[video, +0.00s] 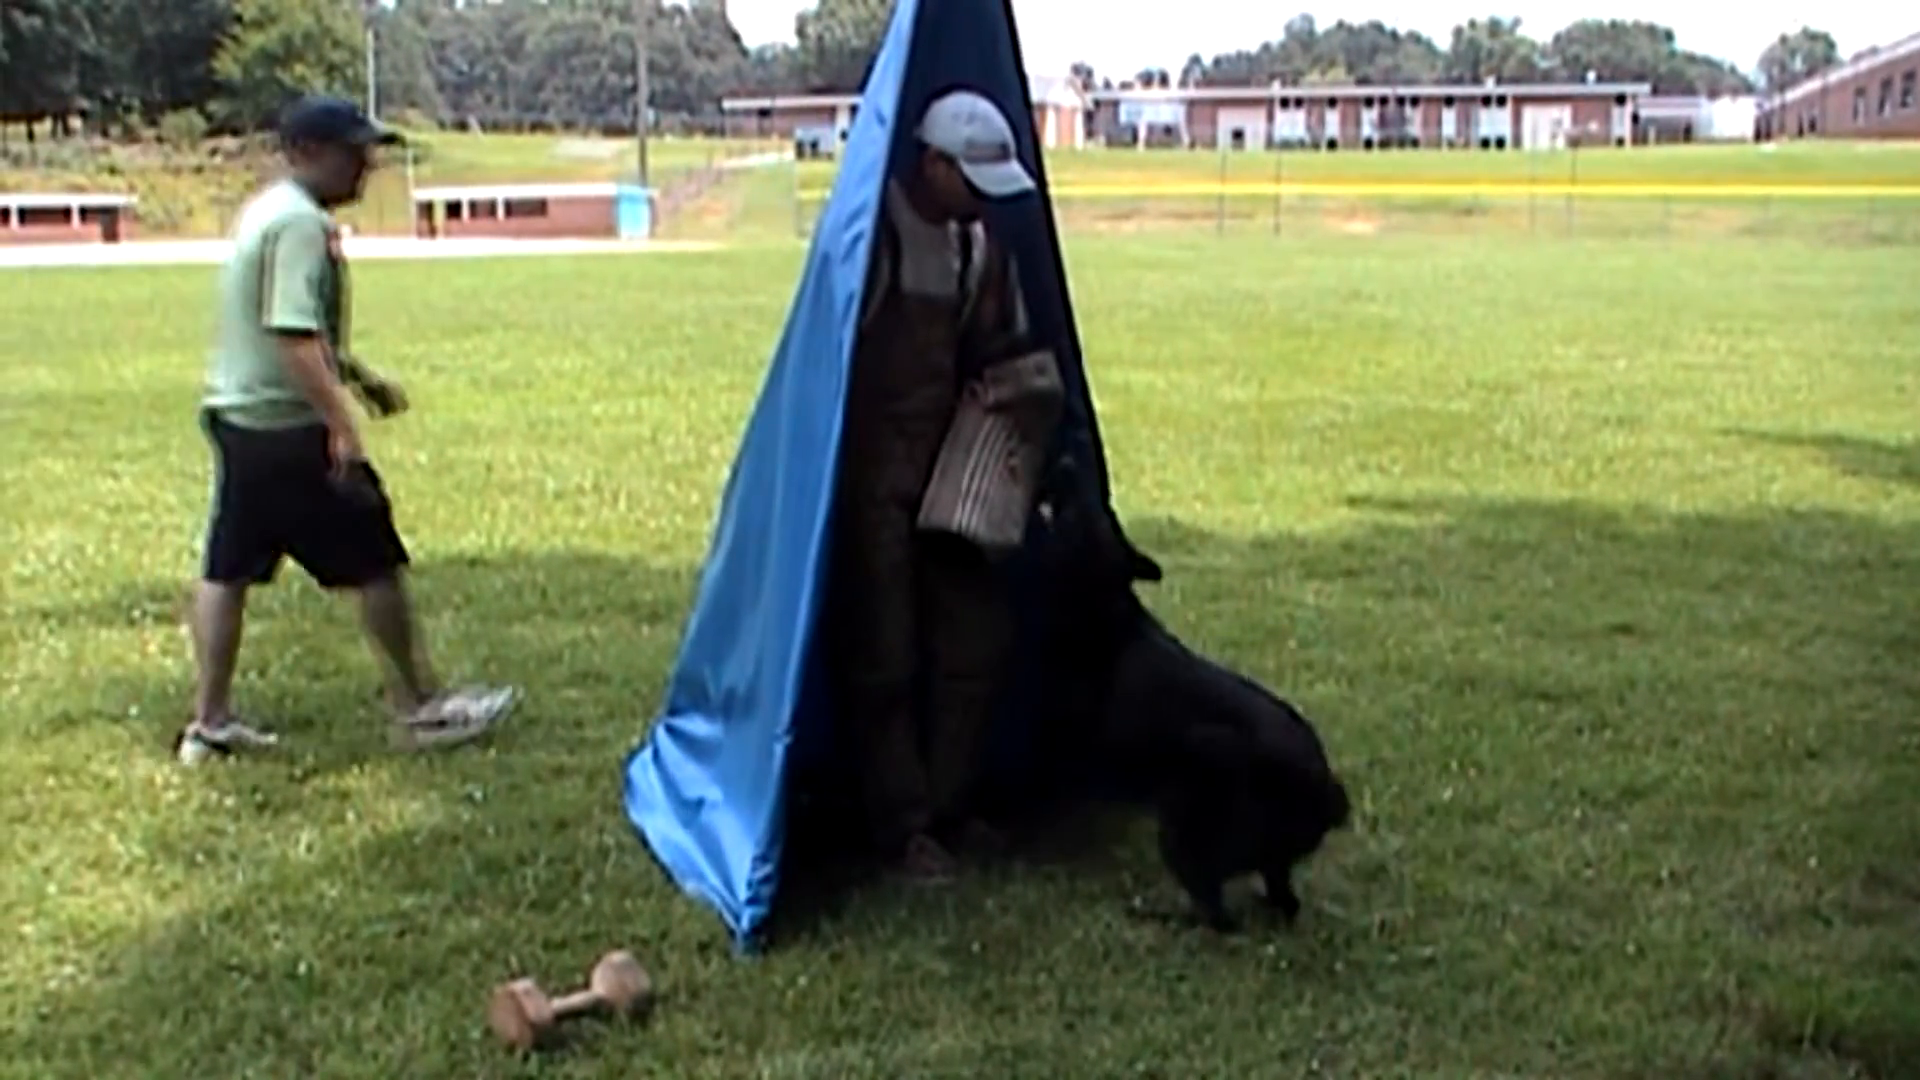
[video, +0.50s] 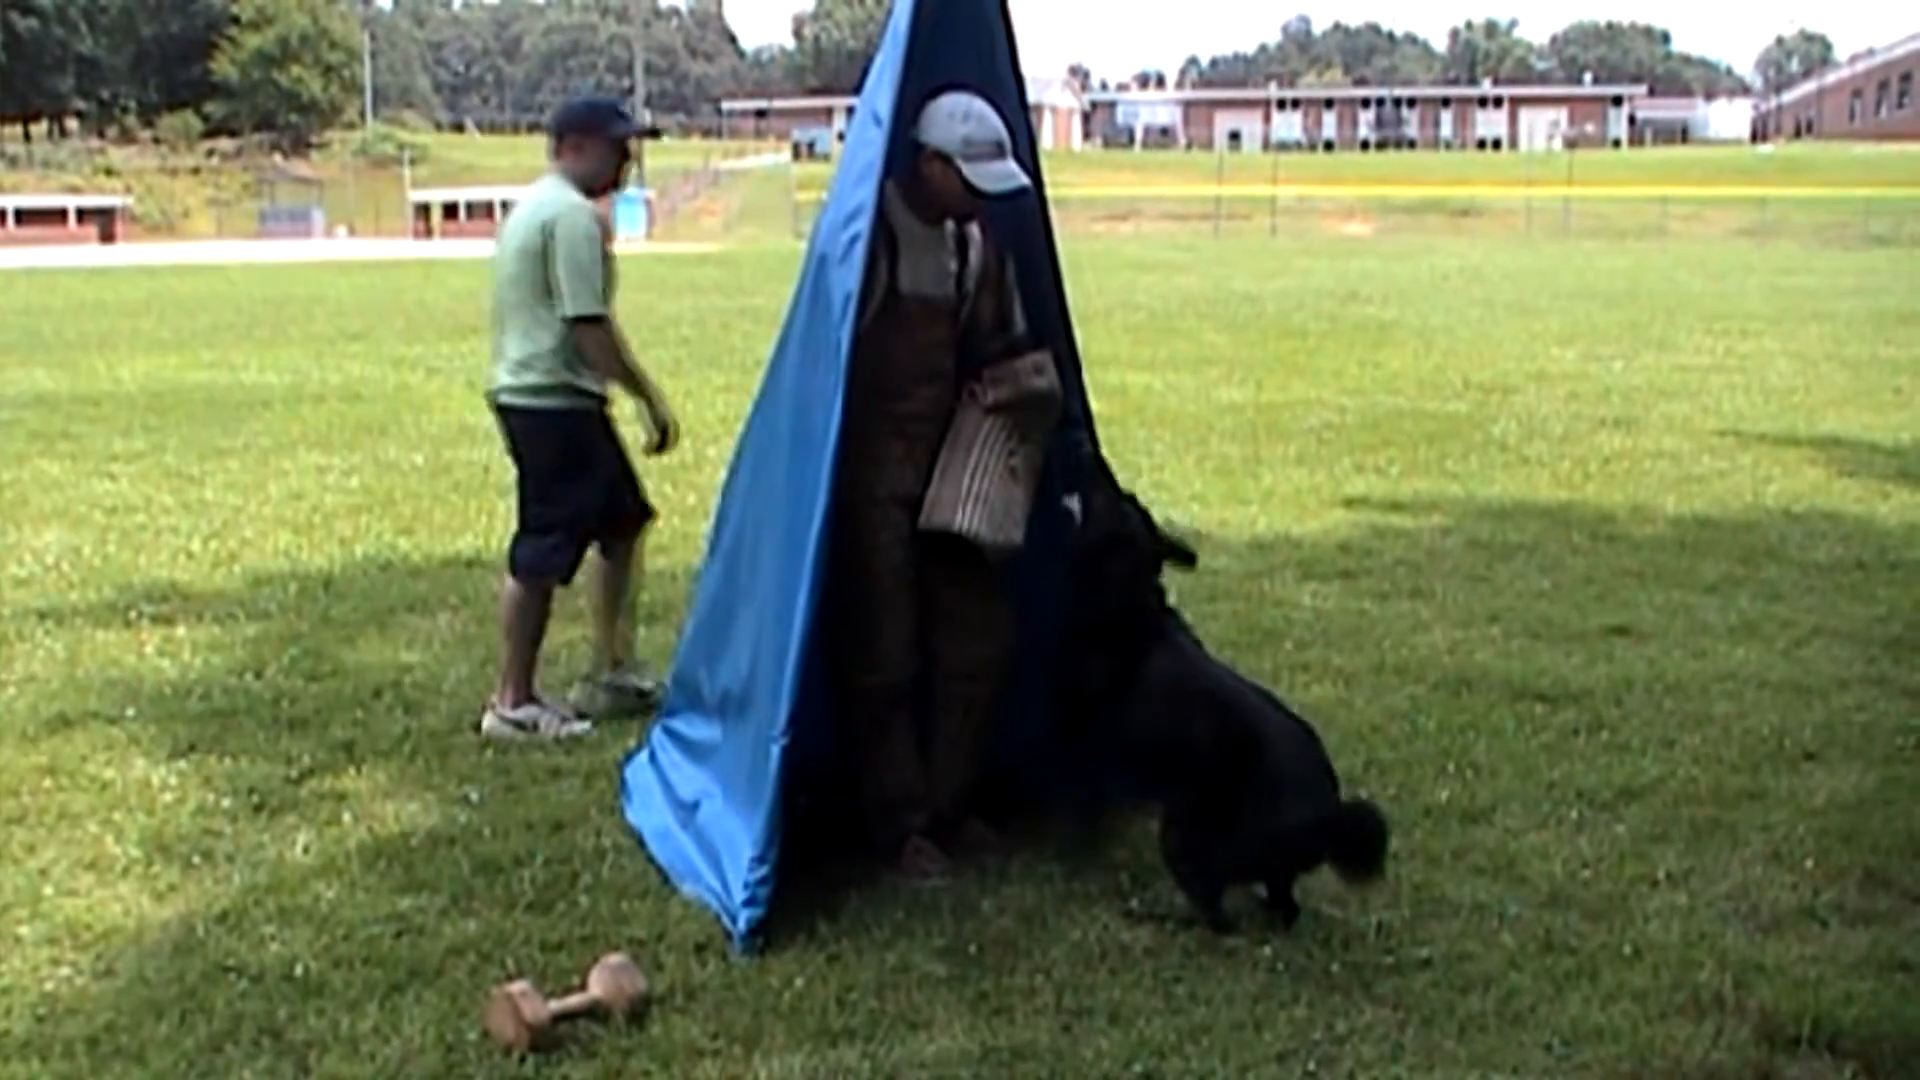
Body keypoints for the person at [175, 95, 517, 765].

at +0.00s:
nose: (367, 172)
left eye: (368, 159)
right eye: (357, 158)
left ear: (309, 156)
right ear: (312, 153)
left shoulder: (272, 212)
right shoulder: (301, 224)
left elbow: (303, 329)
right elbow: (297, 336)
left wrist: (362, 378)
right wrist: (341, 422)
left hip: (244, 422)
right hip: (290, 427)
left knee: (225, 575)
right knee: (376, 561)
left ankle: (210, 717)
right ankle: (419, 703)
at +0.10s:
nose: (422, 183)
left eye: (423, 169)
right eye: (412, 168)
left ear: (363, 170)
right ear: (367, 166)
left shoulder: (327, 223)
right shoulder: (357, 238)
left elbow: (353, 340)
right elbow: (353, 355)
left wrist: (427, 378)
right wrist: (392, 445)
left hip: (301, 433)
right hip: (344, 440)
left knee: (267, 574)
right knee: (426, 575)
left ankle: (217, 712)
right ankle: (490, 698)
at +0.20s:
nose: (482, 182)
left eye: (482, 169)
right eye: (472, 168)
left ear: (421, 170)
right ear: (426, 167)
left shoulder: (389, 228)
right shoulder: (418, 244)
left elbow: (397, 343)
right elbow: (414, 360)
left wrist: (464, 392)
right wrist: (447, 444)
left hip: (373, 429)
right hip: (416, 434)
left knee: (354, 569)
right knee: (487, 575)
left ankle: (251, 688)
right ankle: (510, 705)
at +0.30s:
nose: (535, 175)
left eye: (535, 162)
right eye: (525, 162)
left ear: (475, 164)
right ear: (482, 162)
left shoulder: (441, 221)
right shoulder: (475, 235)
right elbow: (477, 349)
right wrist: (510, 435)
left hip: (427, 412)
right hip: (467, 416)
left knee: (460, 561)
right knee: (516, 562)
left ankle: (347, 648)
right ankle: (512, 705)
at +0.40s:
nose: (584, 167)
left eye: (585, 153)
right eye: (575, 153)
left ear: (524, 151)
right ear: (531, 149)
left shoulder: (492, 210)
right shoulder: (523, 219)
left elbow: (514, 331)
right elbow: (533, 334)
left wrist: (571, 406)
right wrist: (579, 409)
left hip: (482, 392)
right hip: (507, 398)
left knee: (566, 527)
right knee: (541, 537)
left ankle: (472, 646)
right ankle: (512, 702)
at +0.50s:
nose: (625, 168)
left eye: (626, 154)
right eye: (617, 153)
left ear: (568, 151)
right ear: (578, 148)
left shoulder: (538, 207)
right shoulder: (572, 216)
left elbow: (541, 319)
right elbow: (587, 327)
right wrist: (650, 398)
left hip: (532, 394)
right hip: (555, 402)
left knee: (625, 521)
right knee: (545, 550)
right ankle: (513, 698)